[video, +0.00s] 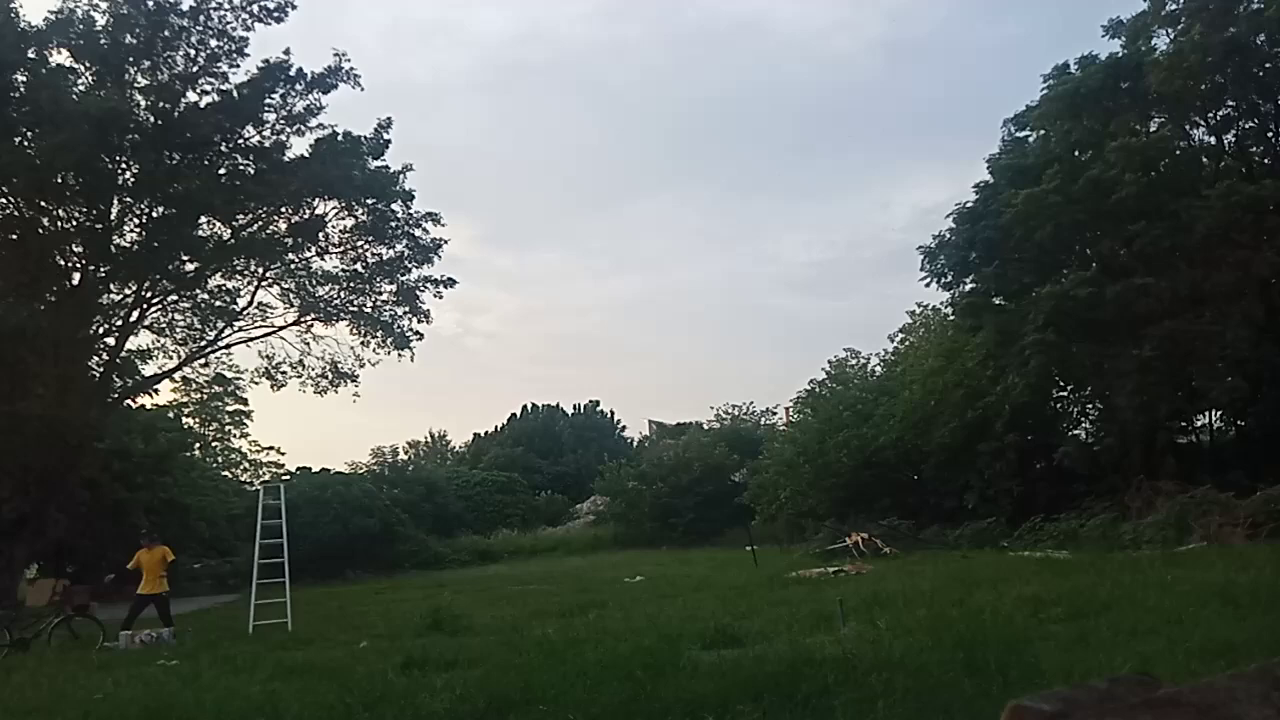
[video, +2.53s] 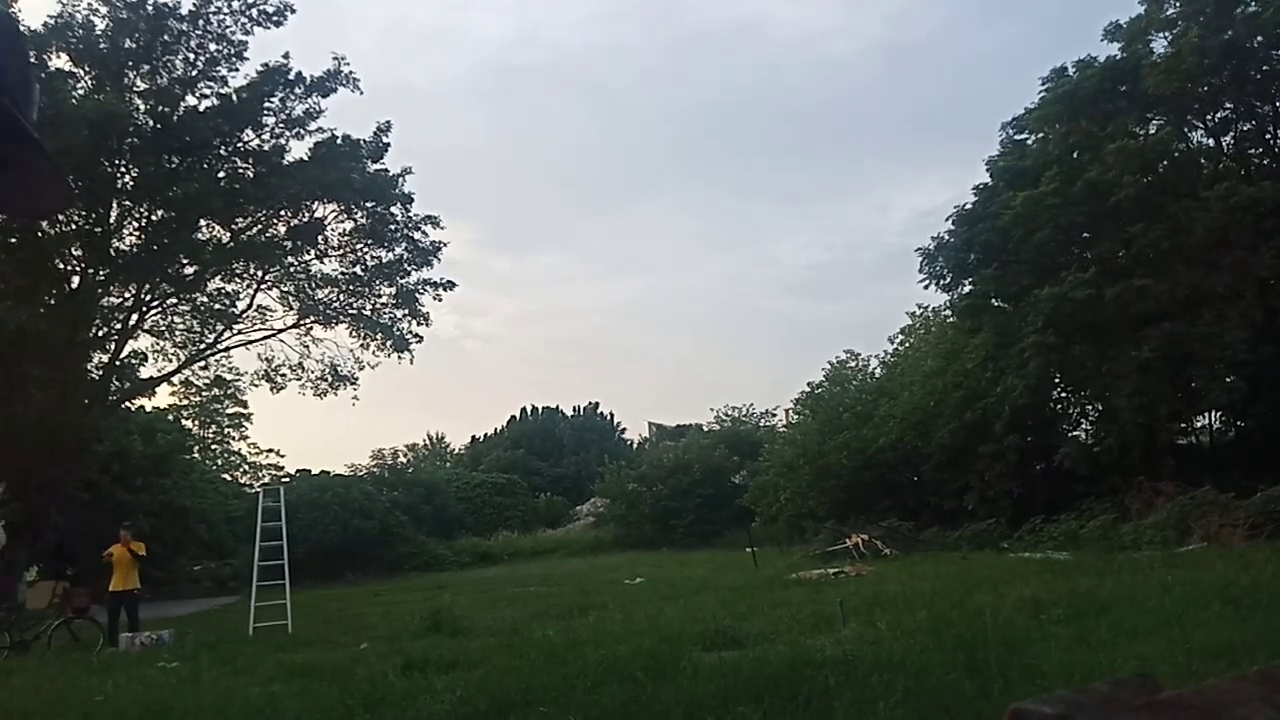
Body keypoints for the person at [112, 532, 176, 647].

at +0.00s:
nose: (143, 543)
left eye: (145, 540)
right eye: (141, 540)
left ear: (151, 539)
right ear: (141, 541)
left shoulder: (163, 550)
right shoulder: (140, 554)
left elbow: (173, 564)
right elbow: (128, 569)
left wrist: (166, 573)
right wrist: (115, 576)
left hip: (160, 591)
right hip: (144, 591)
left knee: (165, 617)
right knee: (131, 616)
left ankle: (173, 640)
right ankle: (120, 640)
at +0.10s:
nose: (129, 552)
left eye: (131, 549)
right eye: (128, 549)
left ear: (137, 548)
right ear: (127, 550)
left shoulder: (151, 558)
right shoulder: (127, 562)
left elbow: (161, 572)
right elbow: (115, 579)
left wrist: (159, 585)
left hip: (149, 599)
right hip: (132, 599)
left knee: (158, 624)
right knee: (119, 624)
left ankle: (169, 644)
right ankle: (112, 650)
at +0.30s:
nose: (116, 544)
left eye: (118, 541)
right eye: (115, 541)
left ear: (124, 540)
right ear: (115, 542)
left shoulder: (139, 547)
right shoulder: (115, 553)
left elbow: (150, 563)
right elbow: (106, 571)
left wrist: (153, 580)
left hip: (141, 587)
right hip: (124, 588)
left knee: (148, 612)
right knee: (116, 614)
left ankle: (161, 633)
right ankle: (114, 642)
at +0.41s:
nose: (112, 549)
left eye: (113, 546)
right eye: (110, 547)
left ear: (119, 545)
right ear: (108, 548)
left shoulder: (133, 552)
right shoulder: (108, 560)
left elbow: (144, 568)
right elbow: (99, 578)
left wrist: (146, 584)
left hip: (134, 591)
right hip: (118, 593)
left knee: (140, 619)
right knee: (112, 621)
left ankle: (148, 642)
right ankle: (111, 649)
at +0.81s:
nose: (110, 544)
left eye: (112, 541)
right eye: (108, 541)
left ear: (118, 540)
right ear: (106, 543)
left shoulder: (130, 551)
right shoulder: (104, 556)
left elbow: (139, 568)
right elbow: (95, 574)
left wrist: (132, 579)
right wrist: (87, 584)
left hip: (128, 592)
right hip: (111, 594)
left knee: (130, 622)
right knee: (109, 623)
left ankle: (133, 646)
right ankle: (110, 649)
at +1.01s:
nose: (117, 536)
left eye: (120, 533)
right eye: (116, 534)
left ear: (126, 534)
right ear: (113, 535)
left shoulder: (135, 546)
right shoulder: (111, 549)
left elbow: (140, 563)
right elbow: (100, 562)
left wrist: (126, 569)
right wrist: (98, 570)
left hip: (129, 589)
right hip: (113, 589)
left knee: (132, 618)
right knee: (112, 619)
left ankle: (135, 642)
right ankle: (113, 645)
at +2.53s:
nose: (123, 537)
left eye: (126, 535)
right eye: (122, 534)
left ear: (131, 535)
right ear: (119, 535)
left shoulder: (138, 546)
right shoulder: (115, 548)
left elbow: (141, 559)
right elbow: (102, 559)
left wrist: (129, 549)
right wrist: (106, 558)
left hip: (131, 588)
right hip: (115, 588)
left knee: (133, 618)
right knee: (112, 619)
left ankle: (135, 643)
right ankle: (112, 645)